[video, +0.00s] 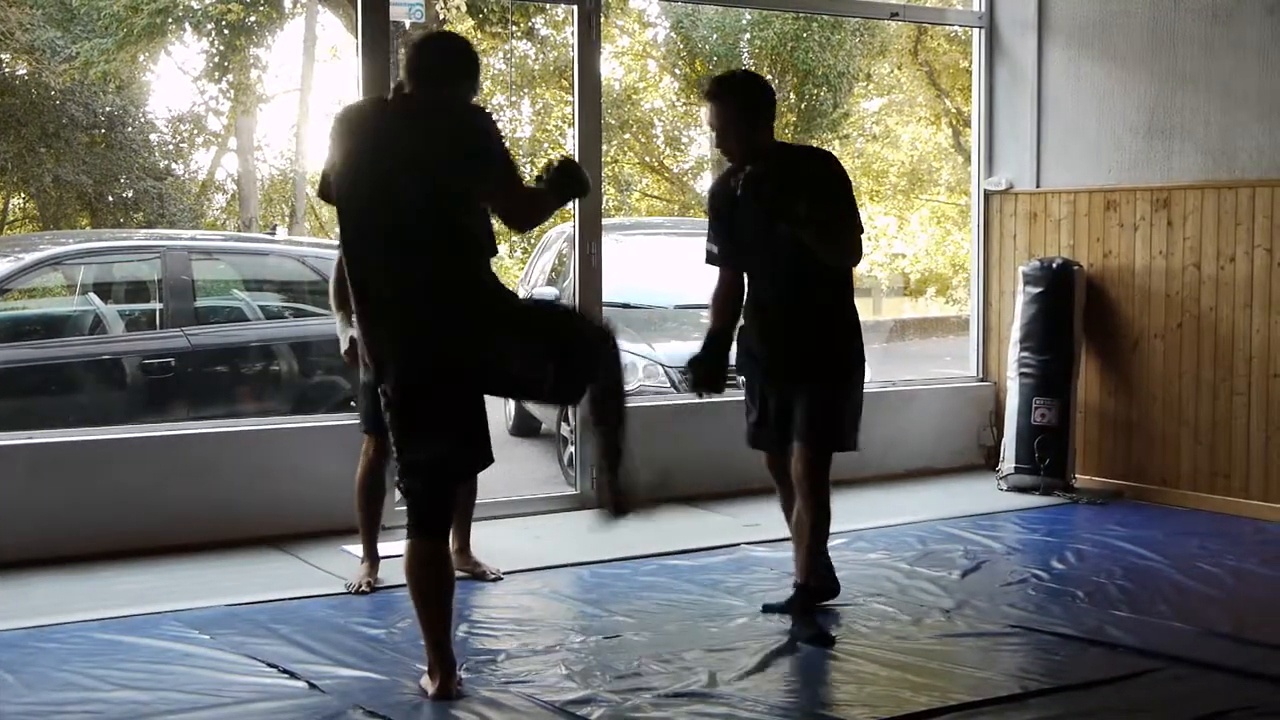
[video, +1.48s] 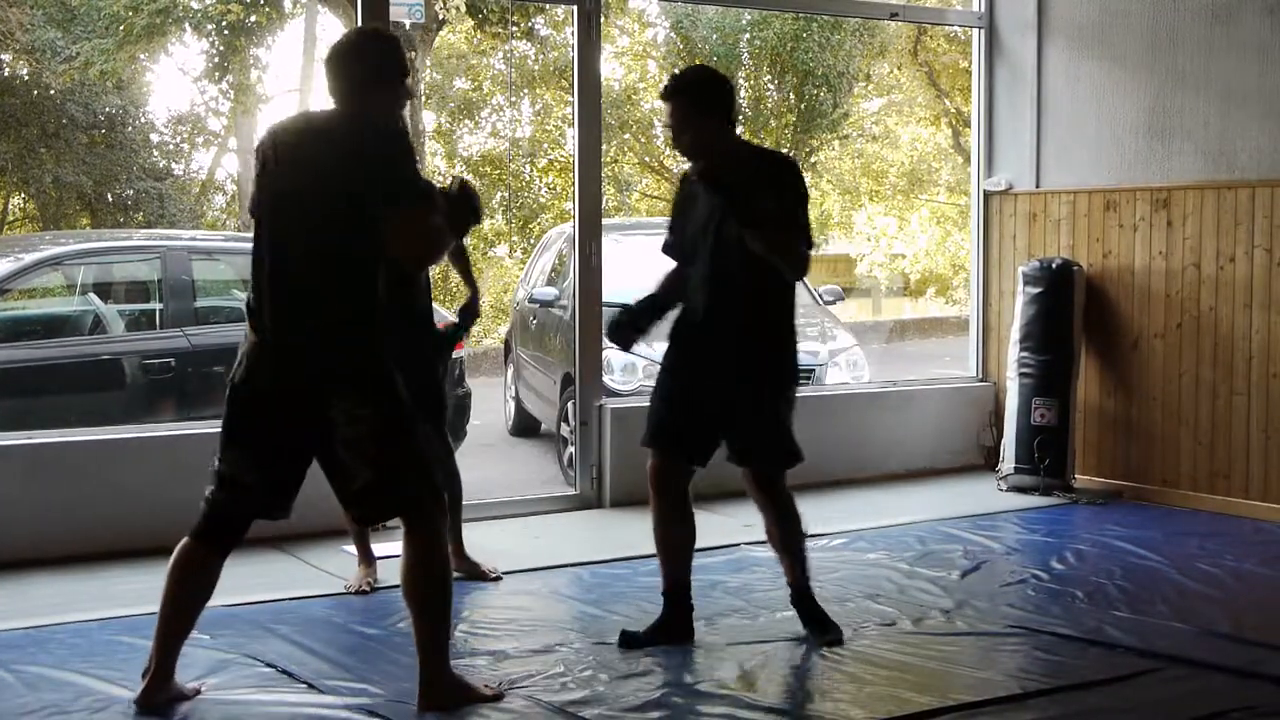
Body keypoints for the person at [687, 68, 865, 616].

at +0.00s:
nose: (713, 136)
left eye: (721, 123)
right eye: (711, 124)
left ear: (755, 119)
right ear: (732, 125)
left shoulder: (818, 168)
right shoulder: (728, 189)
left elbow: (848, 252)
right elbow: (730, 279)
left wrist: (783, 205)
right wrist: (713, 350)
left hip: (825, 334)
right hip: (765, 338)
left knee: (809, 464)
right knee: (781, 465)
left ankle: (805, 596)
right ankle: (818, 572)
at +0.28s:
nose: (738, 132)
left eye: (746, 120)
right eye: (734, 121)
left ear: (782, 115)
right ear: (741, 120)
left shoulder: (838, 168)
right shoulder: (747, 183)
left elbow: (857, 251)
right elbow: (733, 272)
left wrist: (807, 207)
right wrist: (708, 331)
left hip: (831, 343)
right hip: (766, 344)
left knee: (821, 478)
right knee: (758, 468)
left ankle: (814, 603)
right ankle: (798, 567)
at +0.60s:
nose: (740, 134)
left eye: (748, 121)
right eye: (738, 122)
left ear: (787, 115)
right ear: (758, 119)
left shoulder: (843, 172)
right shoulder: (750, 178)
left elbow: (875, 259)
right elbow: (745, 260)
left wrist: (810, 217)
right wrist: (715, 296)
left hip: (822, 350)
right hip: (754, 346)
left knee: (814, 483)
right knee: (708, 466)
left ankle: (812, 607)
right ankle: (683, 609)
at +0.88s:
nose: (730, 133)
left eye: (738, 121)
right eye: (727, 121)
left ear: (774, 115)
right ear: (746, 119)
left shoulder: (833, 176)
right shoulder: (737, 180)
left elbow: (858, 266)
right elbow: (710, 266)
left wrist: (798, 215)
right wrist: (674, 310)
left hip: (808, 349)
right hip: (737, 347)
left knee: (804, 480)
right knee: (696, 467)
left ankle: (811, 609)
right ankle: (678, 615)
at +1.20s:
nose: (712, 137)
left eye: (720, 124)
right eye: (710, 125)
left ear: (754, 119)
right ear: (731, 124)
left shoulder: (817, 176)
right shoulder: (729, 183)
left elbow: (834, 265)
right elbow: (719, 270)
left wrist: (781, 202)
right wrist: (680, 314)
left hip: (798, 347)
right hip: (731, 344)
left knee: (799, 478)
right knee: (669, 459)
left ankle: (811, 606)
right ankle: (674, 603)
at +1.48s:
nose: (672, 138)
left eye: (679, 125)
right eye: (670, 125)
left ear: (715, 118)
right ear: (692, 121)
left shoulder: (777, 172)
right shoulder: (695, 184)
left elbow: (795, 263)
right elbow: (689, 268)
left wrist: (737, 211)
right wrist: (642, 313)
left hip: (759, 353)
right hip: (696, 351)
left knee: (767, 481)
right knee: (665, 473)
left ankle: (805, 599)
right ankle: (676, 615)